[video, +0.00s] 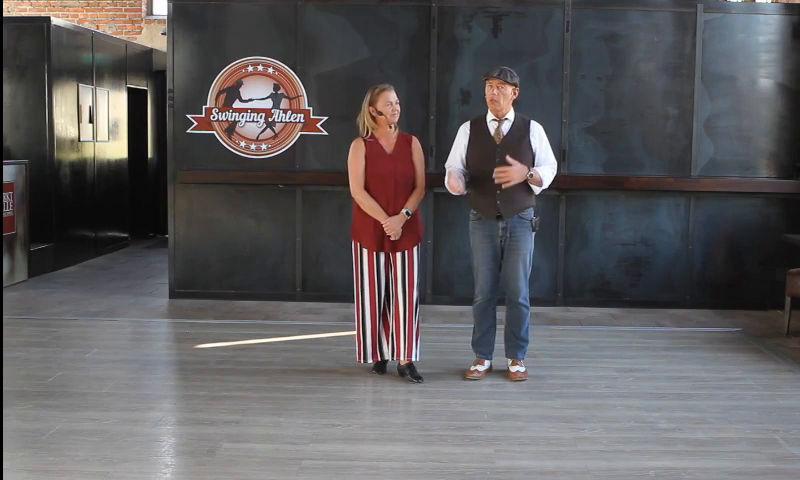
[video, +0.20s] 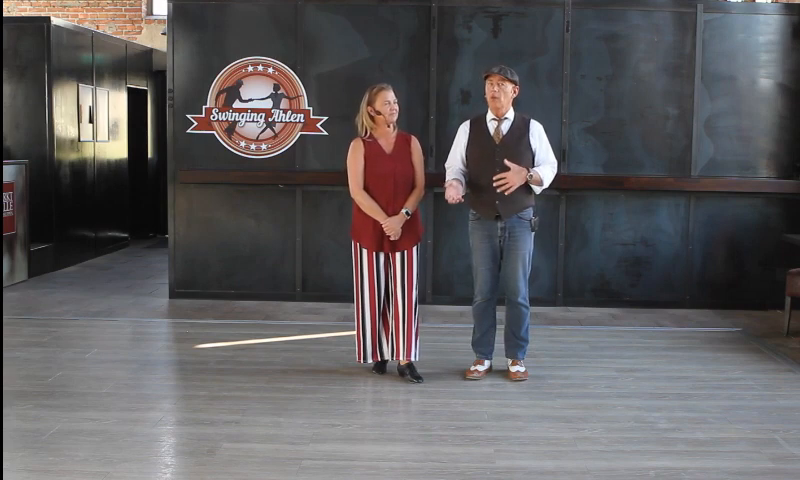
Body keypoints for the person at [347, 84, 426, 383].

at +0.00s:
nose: (395, 108)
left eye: (396, 103)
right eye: (388, 105)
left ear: (400, 107)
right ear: (373, 110)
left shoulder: (412, 143)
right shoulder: (360, 145)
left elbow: (420, 188)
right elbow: (357, 191)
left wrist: (401, 216)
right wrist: (388, 221)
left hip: (405, 231)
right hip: (370, 232)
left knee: (406, 295)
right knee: (373, 295)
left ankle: (406, 359)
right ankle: (378, 355)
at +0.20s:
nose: (393, 107)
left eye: (395, 103)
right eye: (387, 104)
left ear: (398, 106)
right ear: (371, 110)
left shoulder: (411, 143)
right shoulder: (359, 145)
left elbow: (420, 187)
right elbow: (356, 190)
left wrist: (402, 216)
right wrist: (387, 220)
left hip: (405, 230)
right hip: (370, 231)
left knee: (405, 295)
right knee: (373, 295)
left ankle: (405, 359)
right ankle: (378, 355)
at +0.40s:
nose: (393, 105)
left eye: (394, 101)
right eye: (386, 102)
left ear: (397, 106)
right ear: (371, 109)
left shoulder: (410, 142)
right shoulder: (359, 145)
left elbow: (420, 187)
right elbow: (355, 190)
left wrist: (401, 216)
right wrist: (386, 220)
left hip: (405, 230)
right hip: (370, 231)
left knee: (405, 295)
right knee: (373, 295)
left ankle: (406, 359)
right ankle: (378, 355)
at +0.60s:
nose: (393, 105)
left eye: (393, 101)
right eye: (386, 103)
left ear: (396, 105)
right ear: (371, 111)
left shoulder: (410, 142)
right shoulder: (359, 146)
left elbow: (420, 186)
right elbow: (355, 191)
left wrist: (401, 216)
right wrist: (386, 221)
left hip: (405, 230)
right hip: (370, 231)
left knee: (406, 295)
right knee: (373, 295)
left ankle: (406, 359)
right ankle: (379, 355)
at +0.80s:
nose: (393, 106)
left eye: (393, 101)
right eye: (386, 103)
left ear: (396, 106)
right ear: (370, 112)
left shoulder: (411, 142)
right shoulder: (359, 146)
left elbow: (420, 186)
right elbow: (356, 191)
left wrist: (402, 216)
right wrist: (388, 221)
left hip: (405, 230)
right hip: (371, 231)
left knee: (406, 295)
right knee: (373, 295)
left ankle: (406, 359)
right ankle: (379, 355)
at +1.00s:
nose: (391, 107)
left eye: (392, 101)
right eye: (384, 104)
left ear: (397, 106)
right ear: (370, 112)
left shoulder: (411, 142)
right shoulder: (359, 146)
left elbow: (421, 186)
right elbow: (356, 191)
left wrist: (404, 216)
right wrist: (388, 221)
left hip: (406, 231)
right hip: (371, 232)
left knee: (407, 295)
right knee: (374, 295)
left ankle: (406, 359)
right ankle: (379, 355)